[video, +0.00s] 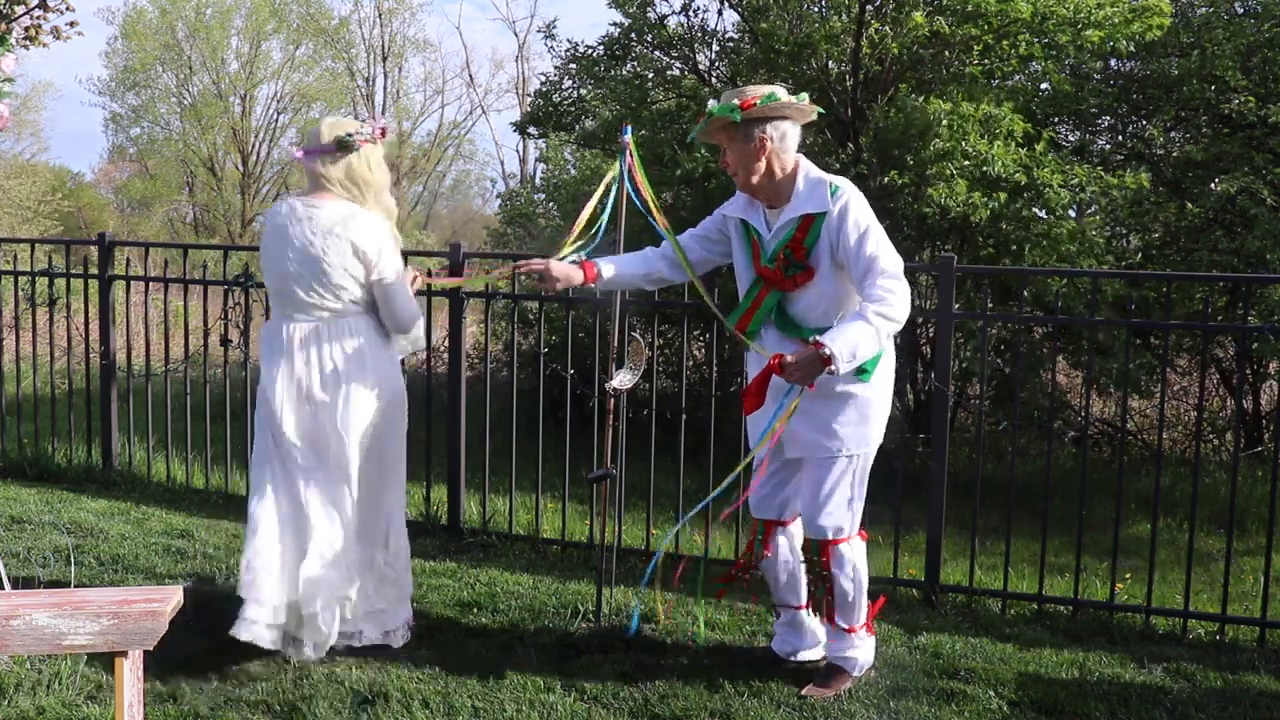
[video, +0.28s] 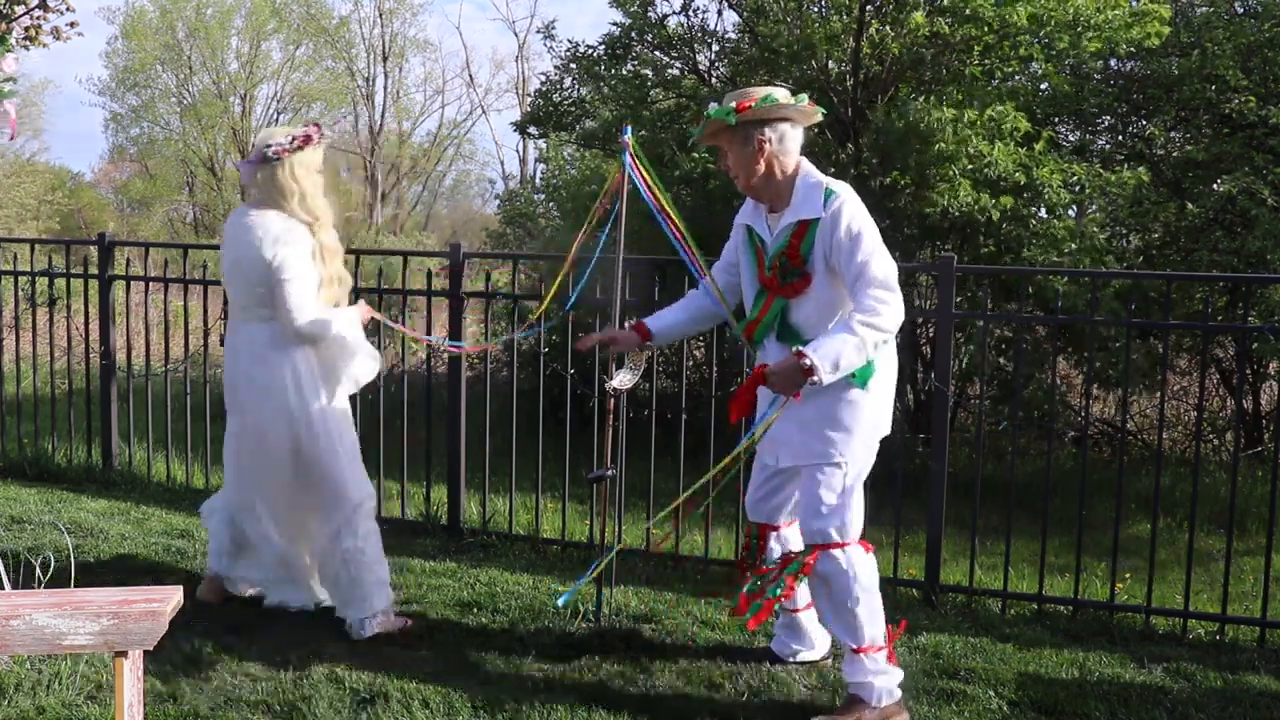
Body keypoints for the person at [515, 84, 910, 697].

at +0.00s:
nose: (719, 161)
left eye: (725, 147)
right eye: (717, 149)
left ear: (766, 143)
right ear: (759, 147)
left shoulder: (839, 203)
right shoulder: (738, 214)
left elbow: (890, 295)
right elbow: (671, 258)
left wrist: (829, 351)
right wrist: (581, 271)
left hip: (847, 380)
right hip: (775, 376)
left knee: (831, 517)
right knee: (773, 514)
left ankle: (850, 655)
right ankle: (797, 644)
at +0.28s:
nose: (720, 166)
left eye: (725, 152)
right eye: (717, 154)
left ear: (765, 145)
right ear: (759, 149)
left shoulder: (837, 207)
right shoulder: (751, 218)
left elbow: (881, 307)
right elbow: (717, 296)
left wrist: (814, 362)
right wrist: (641, 332)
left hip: (845, 387)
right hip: (781, 386)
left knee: (825, 522)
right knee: (769, 513)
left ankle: (877, 690)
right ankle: (800, 639)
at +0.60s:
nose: (760, 159)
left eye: (764, 144)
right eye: (759, 145)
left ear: (802, 140)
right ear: (804, 140)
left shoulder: (869, 207)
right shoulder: (812, 217)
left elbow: (890, 324)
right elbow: (804, 321)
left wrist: (790, 361)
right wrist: (743, 366)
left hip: (883, 406)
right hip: (833, 403)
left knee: (861, 552)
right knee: (806, 521)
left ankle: (880, 701)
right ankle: (805, 641)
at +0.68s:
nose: (773, 158)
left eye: (776, 142)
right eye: (770, 144)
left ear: (815, 139)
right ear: (817, 140)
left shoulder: (877, 205)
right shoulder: (830, 213)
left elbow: (886, 325)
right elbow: (828, 319)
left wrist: (792, 355)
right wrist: (769, 352)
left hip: (893, 412)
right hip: (846, 408)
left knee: (867, 557)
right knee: (811, 518)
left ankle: (882, 703)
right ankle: (841, 642)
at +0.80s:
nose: (795, 158)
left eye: (798, 141)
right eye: (791, 143)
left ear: (837, 133)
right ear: (839, 135)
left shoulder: (895, 204)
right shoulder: (853, 209)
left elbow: (899, 324)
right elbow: (862, 322)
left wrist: (796, 346)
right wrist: (792, 352)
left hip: (904, 417)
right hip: (865, 412)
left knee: (870, 555)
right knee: (841, 528)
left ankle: (879, 702)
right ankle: (934, 651)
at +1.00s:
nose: (828, 154)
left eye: (833, 138)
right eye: (827, 141)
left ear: (873, 135)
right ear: (879, 137)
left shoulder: (924, 206)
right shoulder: (898, 209)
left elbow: (930, 320)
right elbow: (907, 328)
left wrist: (824, 335)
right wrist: (838, 354)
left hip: (928, 429)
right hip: (935, 424)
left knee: (887, 559)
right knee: (940, 554)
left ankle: (881, 703)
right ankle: (991, 694)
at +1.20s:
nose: (867, 165)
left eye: (871, 148)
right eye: (864, 151)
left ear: (913, 140)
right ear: (917, 143)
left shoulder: (964, 205)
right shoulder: (940, 211)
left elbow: (962, 316)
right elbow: (950, 327)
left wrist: (856, 328)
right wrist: (878, 353)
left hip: (982, 414)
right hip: (980, 414)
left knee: (914, 547)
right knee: (962, 551)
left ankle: (942, 701)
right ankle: (994, 696)